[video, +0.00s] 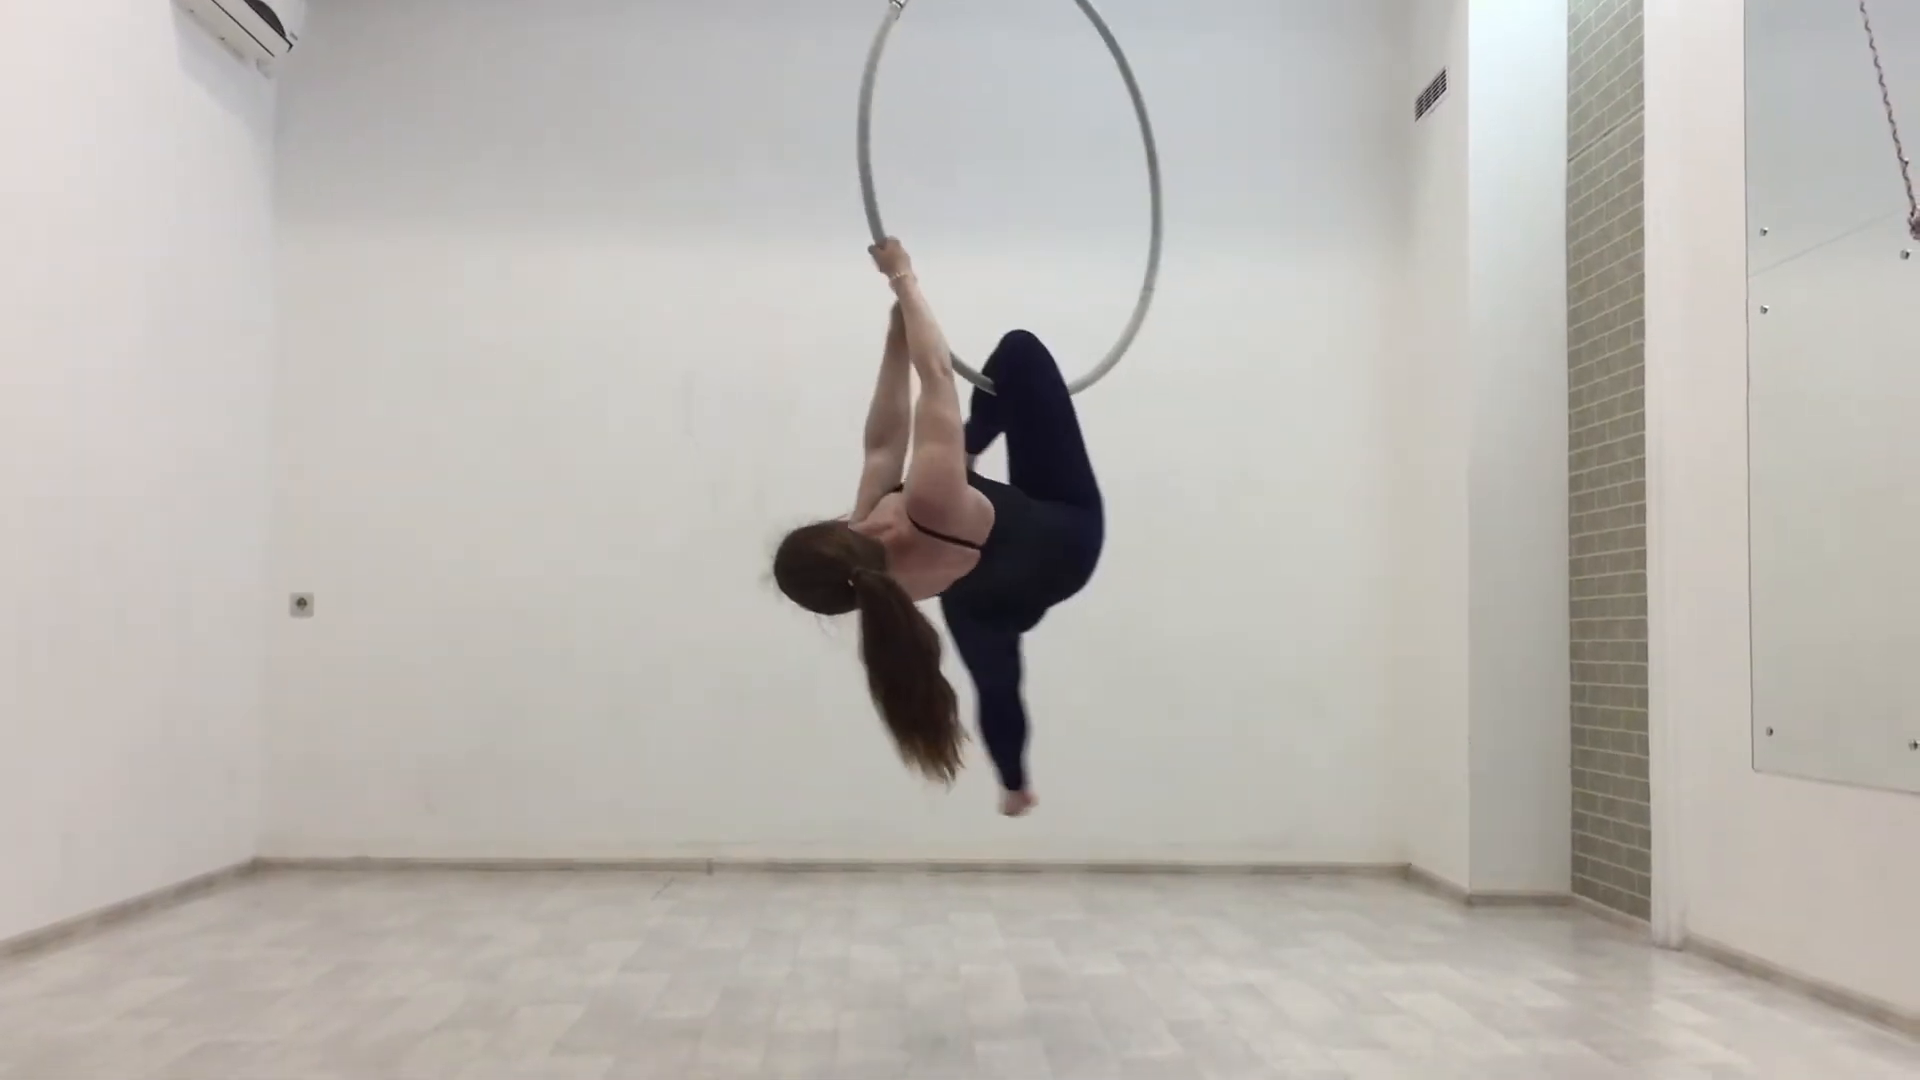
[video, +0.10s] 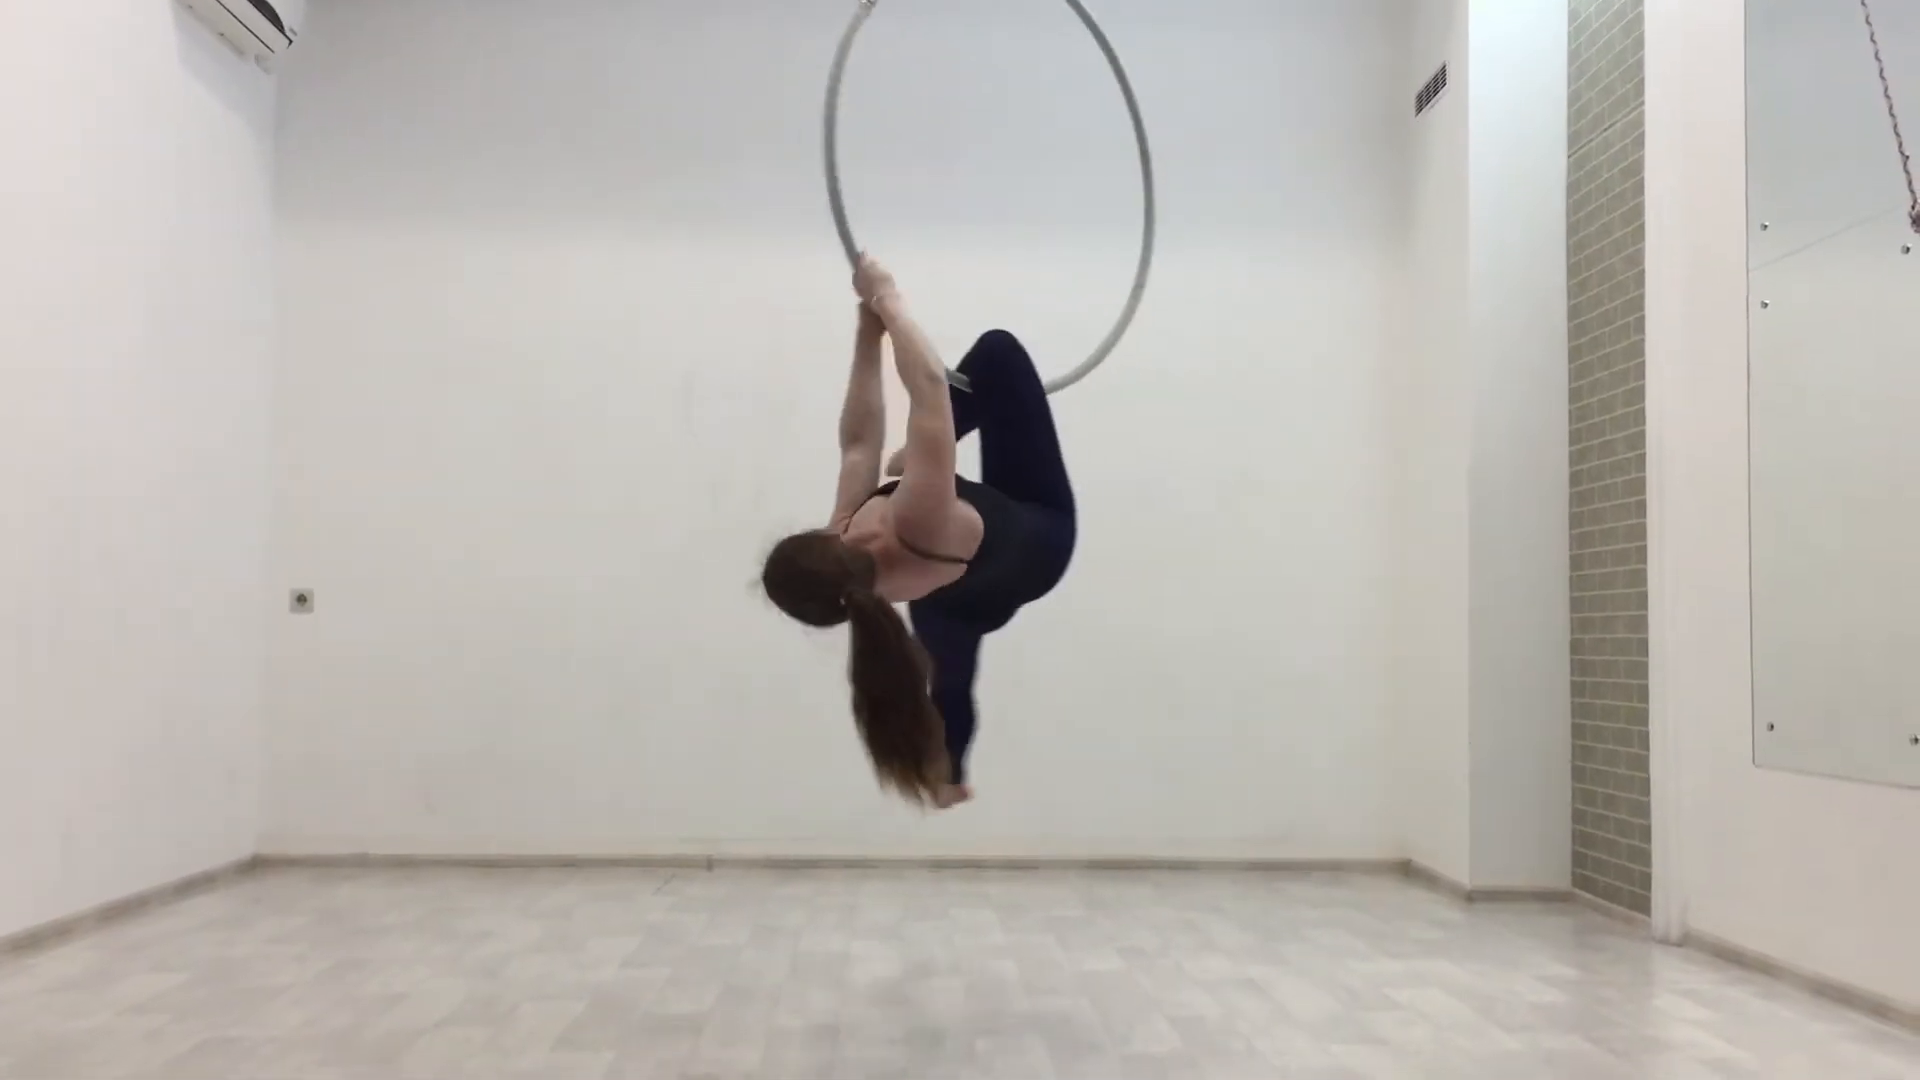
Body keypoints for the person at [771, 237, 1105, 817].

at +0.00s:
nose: (840, 512)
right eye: (832, 517)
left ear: (840, 595)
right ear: (837, 530)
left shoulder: (886, 579)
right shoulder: (933, 493)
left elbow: (880, 444)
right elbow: (938, 374)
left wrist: (900, 326)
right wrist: (904, 276)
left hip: (1004, 599)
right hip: (1072, 534)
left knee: (997, 684)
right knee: (1020, 351)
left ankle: (1015, 786)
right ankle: (969, 440)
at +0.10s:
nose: (832, 517)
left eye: (825, 520)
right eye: (825, 526)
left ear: (835, 605)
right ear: (834, 541)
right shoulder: (919, 510)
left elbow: (858, 443)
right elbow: (930, 391)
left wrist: (868, 326)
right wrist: (889, 304)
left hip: (971, 603)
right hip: (1046, 538)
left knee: (950, 678)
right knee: (999, 349)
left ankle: (946, 769)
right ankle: (915, 454)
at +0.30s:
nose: (779, 561)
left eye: (768, 571)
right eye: (789, 576)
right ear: (838, 598)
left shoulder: (806, 546)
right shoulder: (897, 594)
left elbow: (823, 442)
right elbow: (926, 466)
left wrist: (828, 341)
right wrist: (863, 380)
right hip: (982, 530)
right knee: (959, 351)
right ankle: (870, 438)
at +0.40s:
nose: (764, 572)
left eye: (759, 581)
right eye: (776, 585)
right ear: (825, 610)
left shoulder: (797, 545)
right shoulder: (893, 616)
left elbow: (816, 434)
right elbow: (927, 538)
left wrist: (830, 324)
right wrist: (853, 448)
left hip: (866, 524)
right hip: (963, 533)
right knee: (945, 353)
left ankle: (803, 744)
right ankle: (856, 426)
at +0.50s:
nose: (760, 577)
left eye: (755, 585)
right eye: (780, 595)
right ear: (822, 628)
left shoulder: (794, 536)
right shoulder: (881, 636)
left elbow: (811, 428)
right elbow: (924, 614)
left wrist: (824, 321)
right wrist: (859, 517)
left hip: (903, 503)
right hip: (951, 529)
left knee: (930, 347)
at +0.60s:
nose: (763, 571)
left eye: (754, 579)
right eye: (773, 584)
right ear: (818, 618)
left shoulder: (789, 535)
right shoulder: (873, 630)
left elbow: (804, 425)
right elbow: (926, 671)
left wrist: (816, 312)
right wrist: (867, 574)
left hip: (869, 511)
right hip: (934, 517)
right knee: (918, 342)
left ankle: (716, 713)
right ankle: (798, 406)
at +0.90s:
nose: (826, 565)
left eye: (799, 566)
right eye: (828, 582)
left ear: (787, 559)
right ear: (850, 621)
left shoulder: (796, 523)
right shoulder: (900, 620)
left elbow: (808, 406)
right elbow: (922, 677)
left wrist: (817, 296)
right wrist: (935, 671)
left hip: (829, 503)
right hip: (906, 498)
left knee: (699, 590)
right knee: (906, 331)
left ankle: (605, 678)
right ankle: (771, 397)